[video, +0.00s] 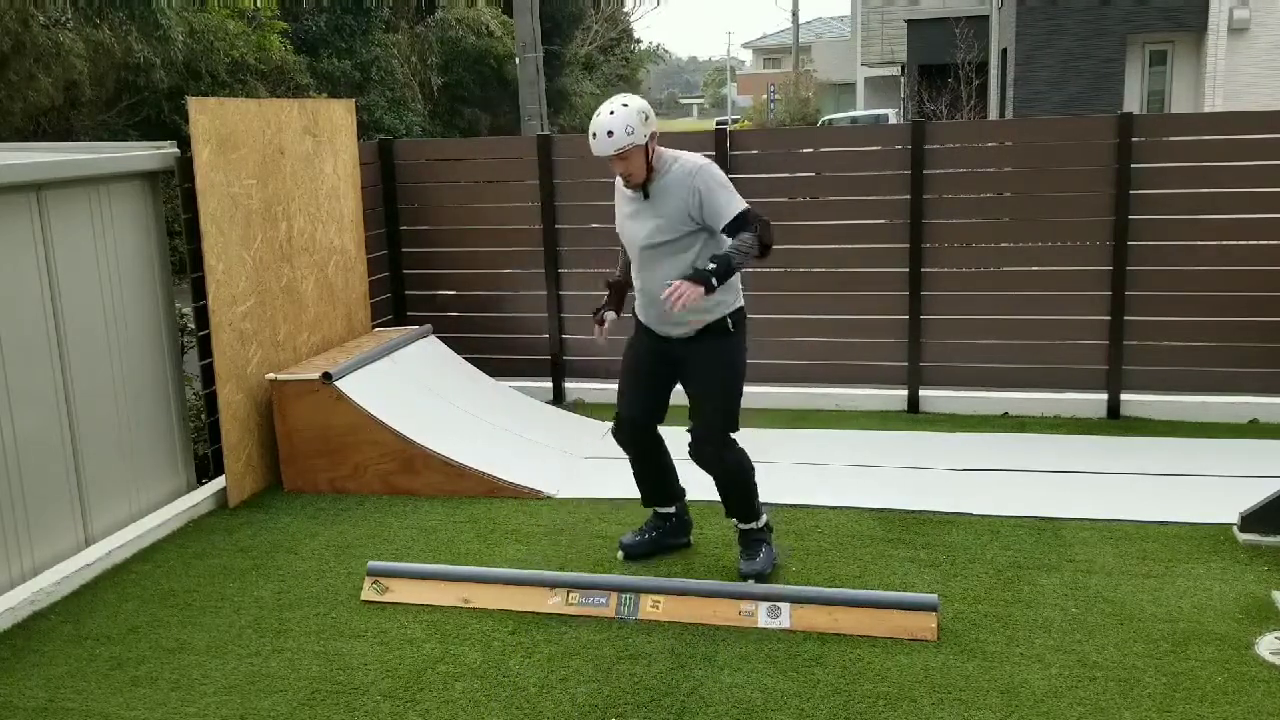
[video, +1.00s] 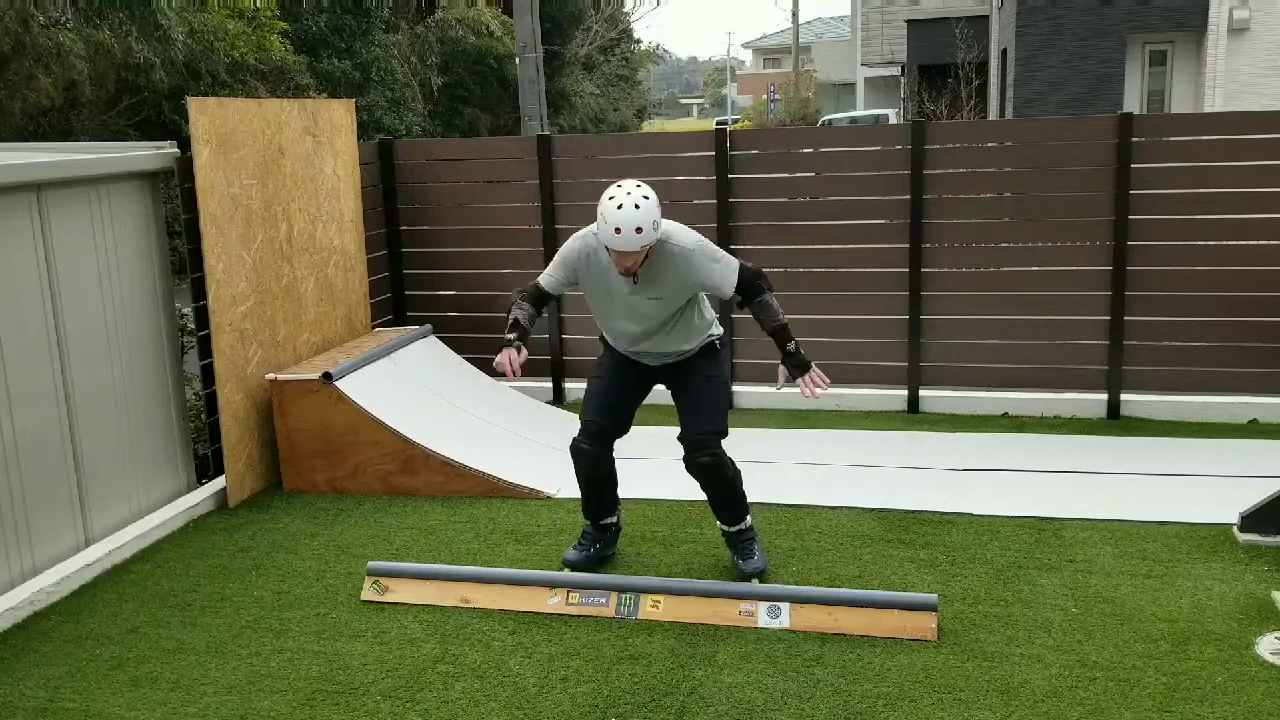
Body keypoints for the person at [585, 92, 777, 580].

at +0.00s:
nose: (617, 168)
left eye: (624, 156)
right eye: (611, 159)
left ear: (650, 142)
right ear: (607, 152)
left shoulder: (697, 173)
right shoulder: (623, 185)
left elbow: (752, 235)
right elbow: (637, 244)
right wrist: (617, 292)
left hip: (713, 330)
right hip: (653, 331)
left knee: (711, 443)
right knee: (632, 427)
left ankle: (753, 532)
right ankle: (670, 521)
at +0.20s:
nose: (616, 152)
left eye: (623, 140)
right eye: (610, 143)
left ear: (653, 128)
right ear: (606, 137)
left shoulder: (706, 161)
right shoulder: (619, 171)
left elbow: (750, 218)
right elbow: (647, 230)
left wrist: (720, 281)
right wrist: (648, 291)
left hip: (713, 319)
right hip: (653, 320)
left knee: (721, 427)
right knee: (648, 419)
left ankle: (747, 525)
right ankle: (672, 520)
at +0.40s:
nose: (619, 162)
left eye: (627, 150)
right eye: (613, 153)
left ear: (655, 140)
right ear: (608, 147)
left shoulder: (705, 170)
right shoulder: (617, 180)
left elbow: (753, 231)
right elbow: (647, 237)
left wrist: (712, 291)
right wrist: (650, 292)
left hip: (715, 321)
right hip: (649, 319)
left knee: (727, 430)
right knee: (622, 416)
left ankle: (745, 524)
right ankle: (641, 507)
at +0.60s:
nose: (603, 199)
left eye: (612, 187)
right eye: (595, 189)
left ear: (634, 174)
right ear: (585, 181)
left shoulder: (678, 195)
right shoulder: (589, 201)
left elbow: (738, 248)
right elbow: (596, 247)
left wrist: (692, 306)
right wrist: (585, 292)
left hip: (703, 325)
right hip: (636, 326)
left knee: (719, 435)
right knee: (611, 427)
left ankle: (746, 526)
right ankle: (600, 531)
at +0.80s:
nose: (598, 239)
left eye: (606, 229)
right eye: (590, 231)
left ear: (628, 212)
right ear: (578, 219)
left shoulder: (671, 226)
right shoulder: (581, 230)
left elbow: (732, 285)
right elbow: (568, 262)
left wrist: (688, 340)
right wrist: (554, 314)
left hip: (701, 331)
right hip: (634, 330)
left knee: (712, 438)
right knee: (603, 427)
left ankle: (742, 533)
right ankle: (599, 533)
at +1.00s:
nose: (625, 263)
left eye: (635, 253)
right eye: (616, 252)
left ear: (653, 237)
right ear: (602, 235)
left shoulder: (686, 250)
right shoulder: (582, 249)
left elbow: (753, 283)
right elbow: (533, 296)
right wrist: (514, 339)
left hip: (696, 349)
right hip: (625, 352)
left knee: (704, 454)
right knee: (588, 445)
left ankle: (741, 537)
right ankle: (601, 532)